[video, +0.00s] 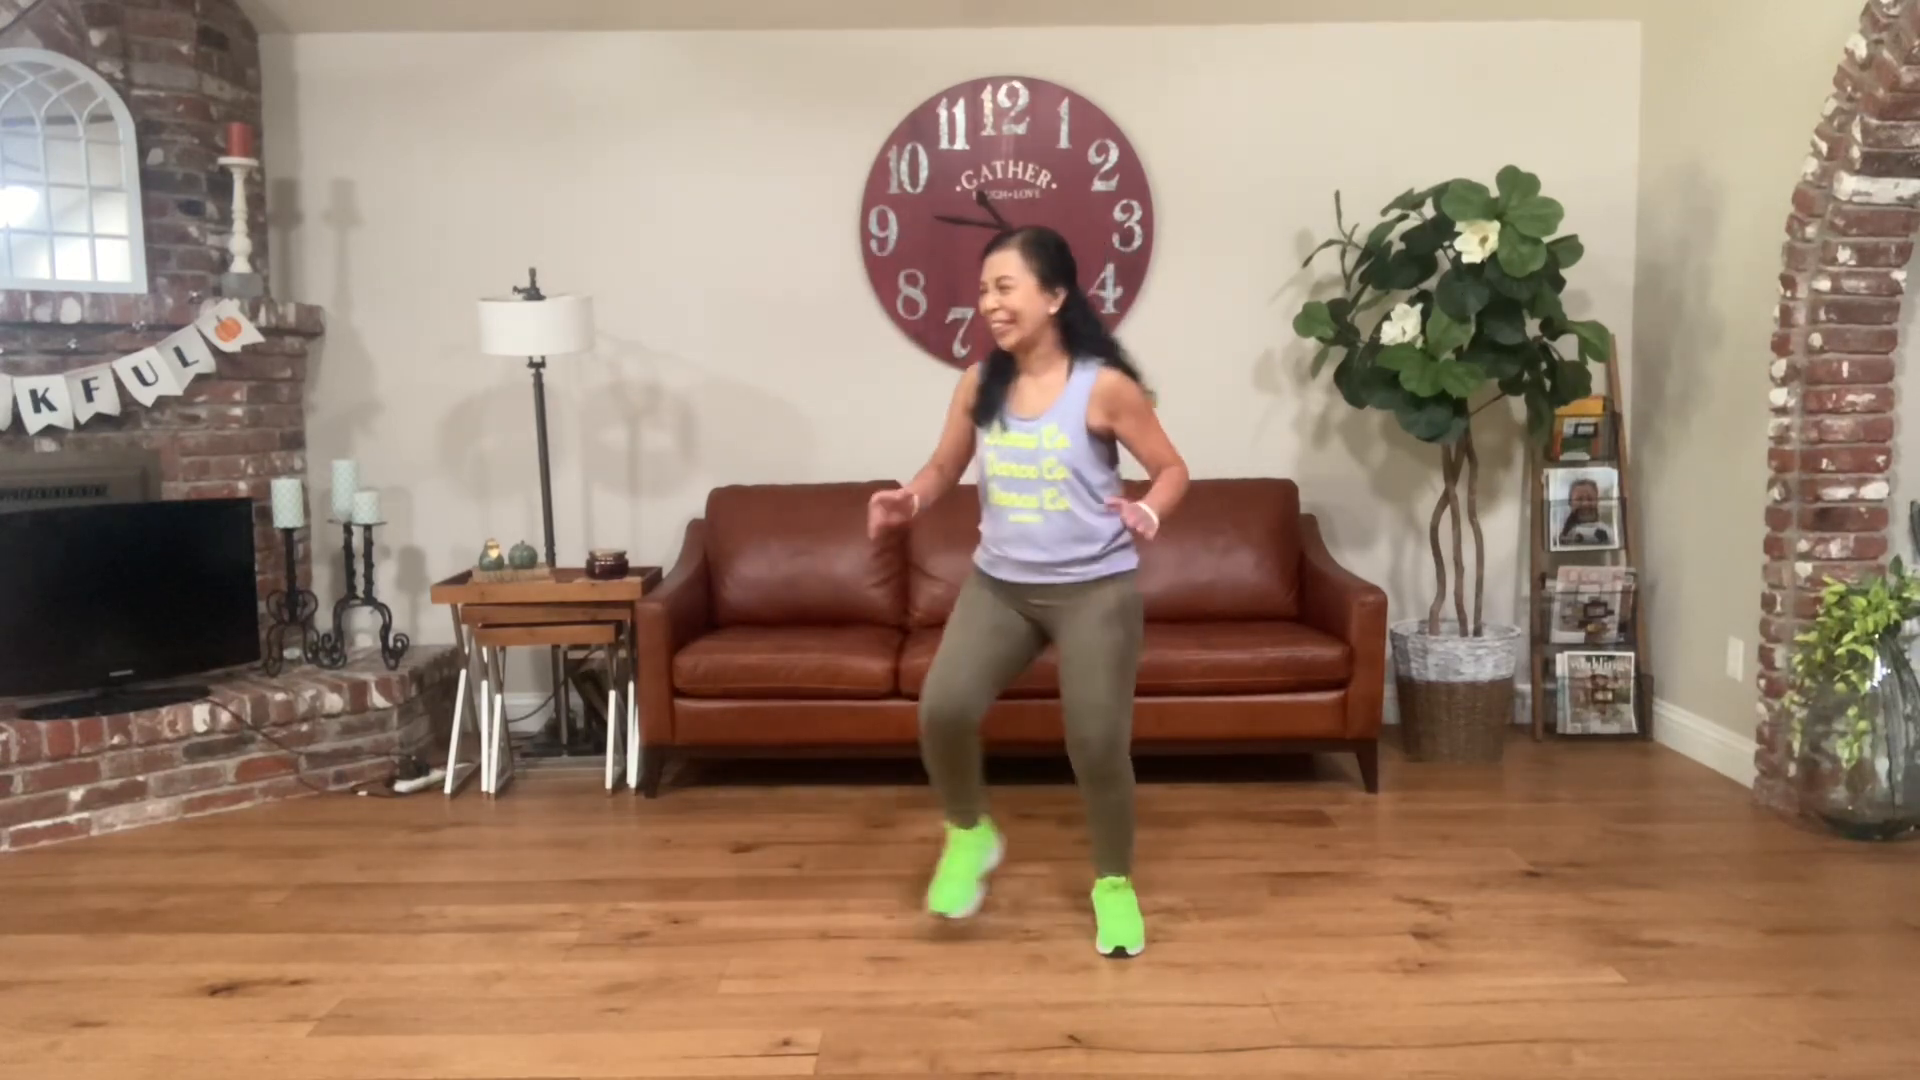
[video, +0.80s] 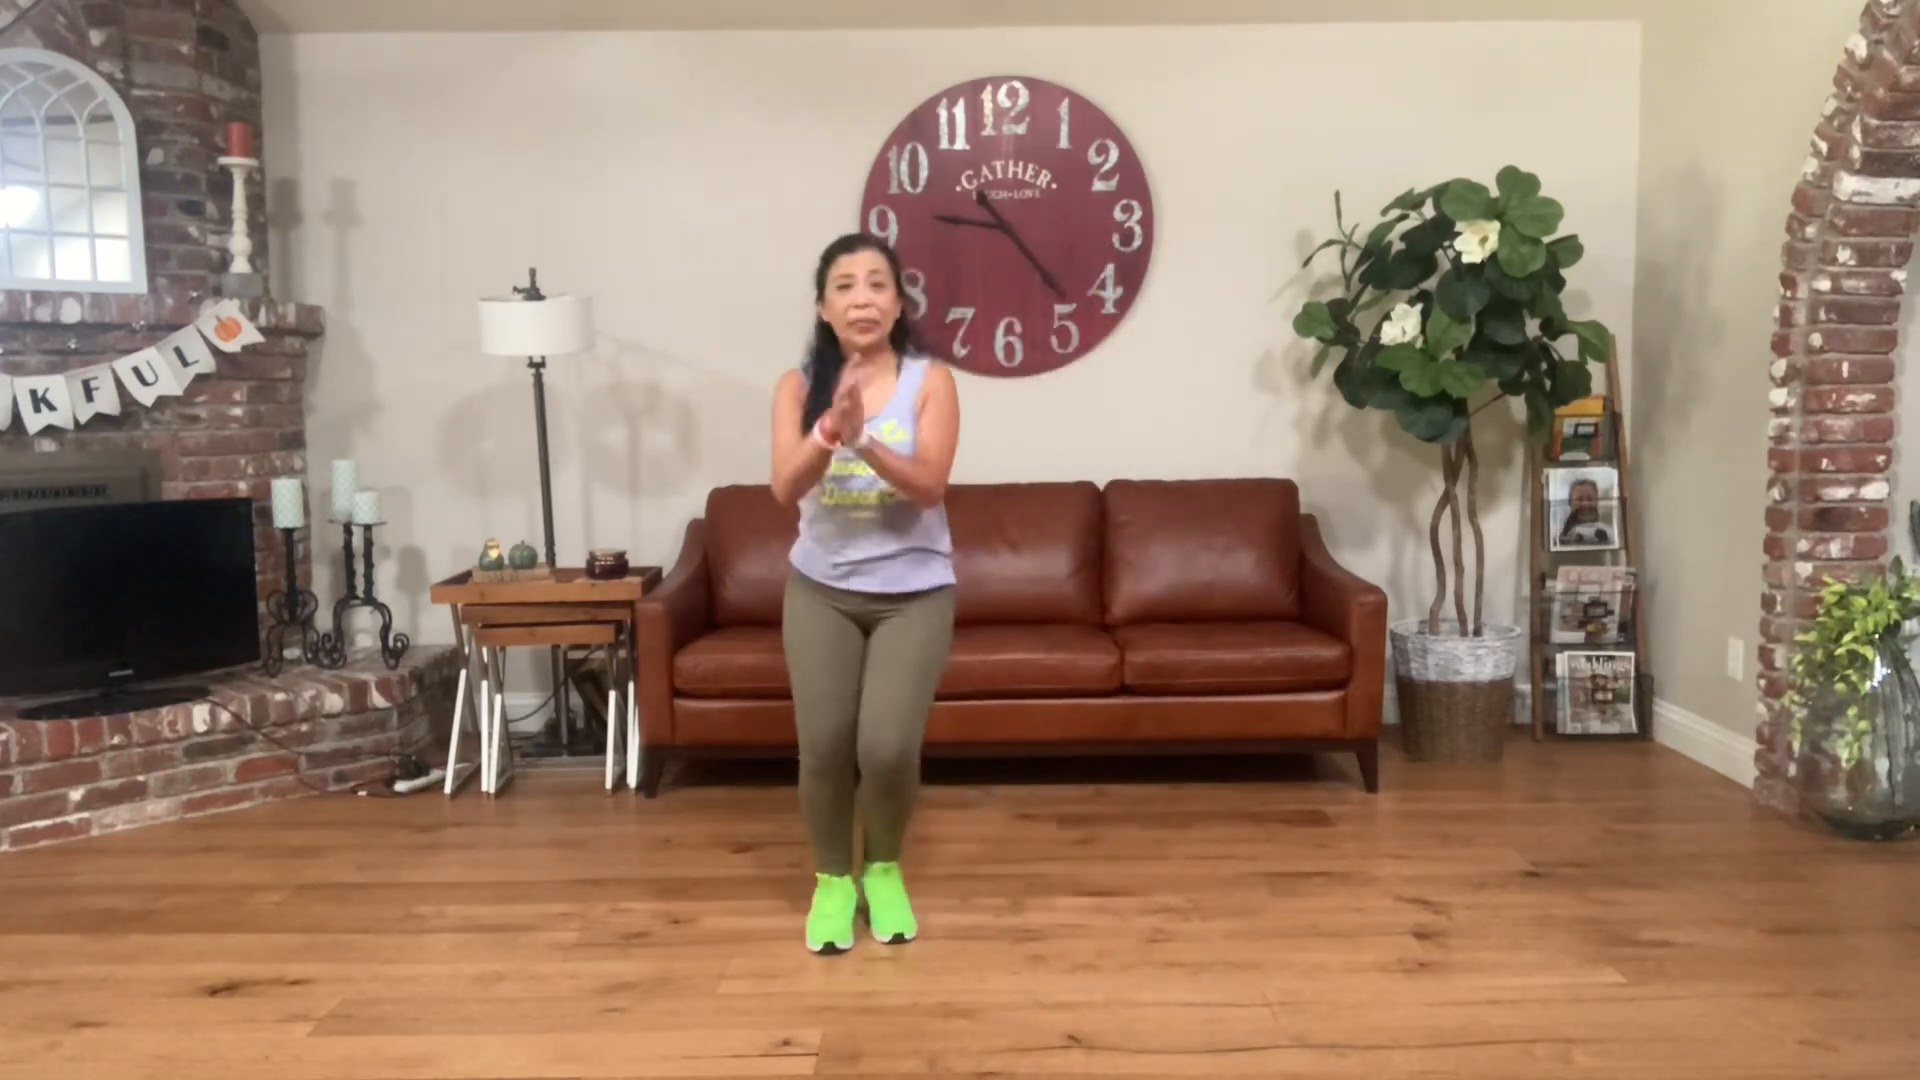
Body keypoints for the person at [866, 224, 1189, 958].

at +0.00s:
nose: (991, 304)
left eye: (1007, 288)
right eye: (985, 291)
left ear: (1055, 297)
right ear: (984, 303)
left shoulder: (1106, 388)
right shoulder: (981, 382)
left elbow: (1172, 470)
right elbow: (943, 467)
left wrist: (1151, 508)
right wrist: (913, 499)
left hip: (1096, 587)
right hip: (1000, 586)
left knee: (1096, 741)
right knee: (944, 709)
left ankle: (1113, 884)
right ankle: (969, 836)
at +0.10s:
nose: (967, 294)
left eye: (982, 278)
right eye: (962, 281)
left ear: (1031, 287)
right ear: (962, 293)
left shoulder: (1082, 376)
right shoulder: (965, 373)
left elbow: (1144, 444)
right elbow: (961, 443)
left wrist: (1140, 492)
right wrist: (909, 491)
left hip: (1071, 584)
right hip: (973, 583)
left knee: (1079, 741)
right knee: (912, 719)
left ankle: (1112, 883)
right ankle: (889, 853)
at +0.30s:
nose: (926, 291)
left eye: (943, 276)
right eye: (915, 279)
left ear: (981, 291)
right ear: (904, 296)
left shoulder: (1009, 382)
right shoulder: (906, 379)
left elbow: (1073, 460)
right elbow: (892, 468)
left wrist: (1074, 489)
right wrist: (820, 485)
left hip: (990, 597)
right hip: (891, 598)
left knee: (1033, 747)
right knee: (868, 742)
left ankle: (1105, 880)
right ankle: (838, 882)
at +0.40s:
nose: (909, 287)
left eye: (926, 272)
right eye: (895, 273)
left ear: (954, 289)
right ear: (878, 290)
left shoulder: (979, 379)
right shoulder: (860, 371)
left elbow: (1020, 476)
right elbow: (828, 460)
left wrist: (1025, 477)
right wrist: (776, 465)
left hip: (958, 587)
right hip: (860, 587)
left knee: (1001, 742)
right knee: (851, 736)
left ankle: (1090, 874)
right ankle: (836, 884)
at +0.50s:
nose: (890, 295)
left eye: (907, 281)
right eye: (875, 282)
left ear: (932, 299)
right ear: (856, 299)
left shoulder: (959, 382)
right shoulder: (827, 376)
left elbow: (978, 501)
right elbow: (765, 463)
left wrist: (969, 438)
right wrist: (732, 436)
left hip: (944, 587)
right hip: (844, 590)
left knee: (972, 735)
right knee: (840, 740)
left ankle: (1053, 862)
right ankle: (835, 882)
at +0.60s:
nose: (875, 305)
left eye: (891, 292)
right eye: (858, 292)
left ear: (914, 311)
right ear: (838, 312)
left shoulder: (938, 390)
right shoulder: (811, 388)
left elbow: (939, 500)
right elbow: (735, 469)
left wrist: (927, 410)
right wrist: (728, 408)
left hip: (931, 587)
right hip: (834, 592)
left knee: (943, 729)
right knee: (832, 742)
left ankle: (985, 851)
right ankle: (834, 884)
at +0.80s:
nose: (863, 299)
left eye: (877, 285)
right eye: (845, 286)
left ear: (899, 300)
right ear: (824, 306)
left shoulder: (930, 380)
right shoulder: (800, 385)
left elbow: (930, 486)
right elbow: (786, 489)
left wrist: (864, 443)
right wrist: (825, 436)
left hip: (915, 591)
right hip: (819, 589)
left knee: (887, 746)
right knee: (824, 743)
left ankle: (883, 871)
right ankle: (834, 881)